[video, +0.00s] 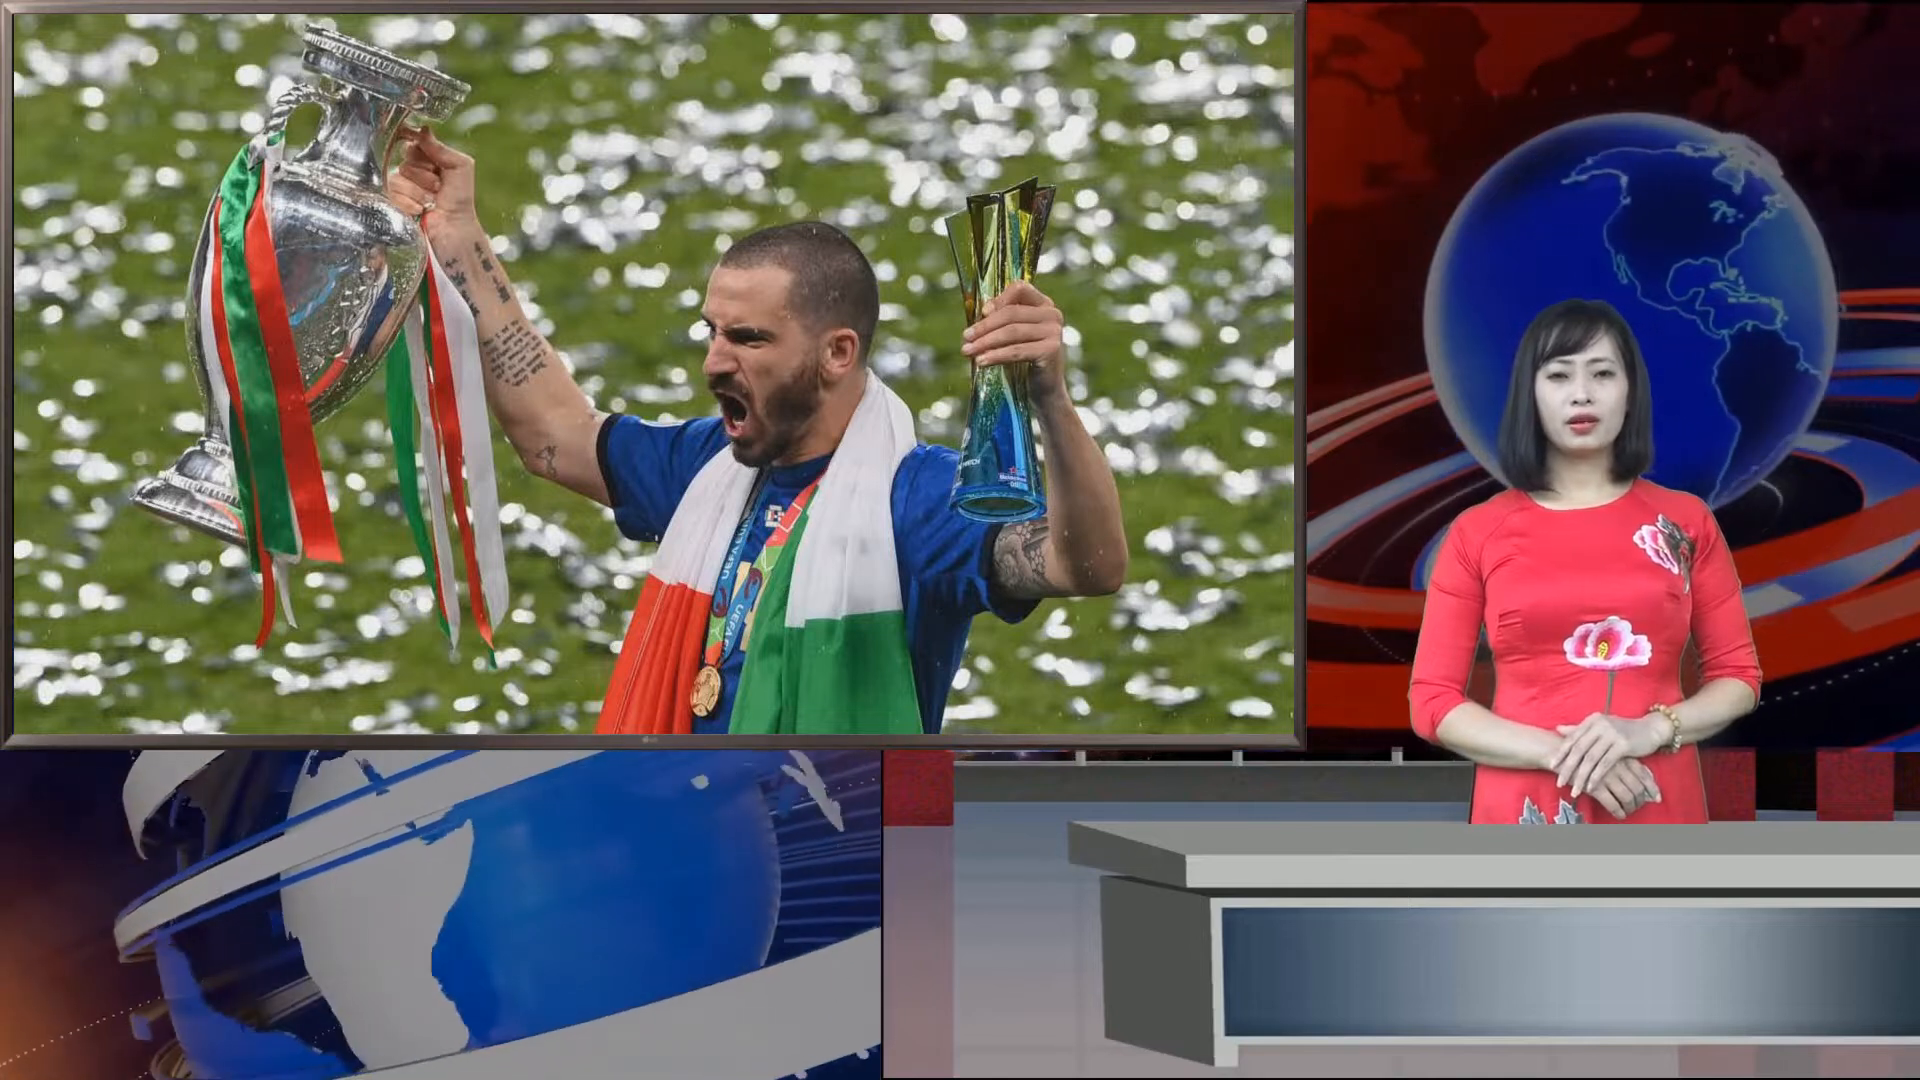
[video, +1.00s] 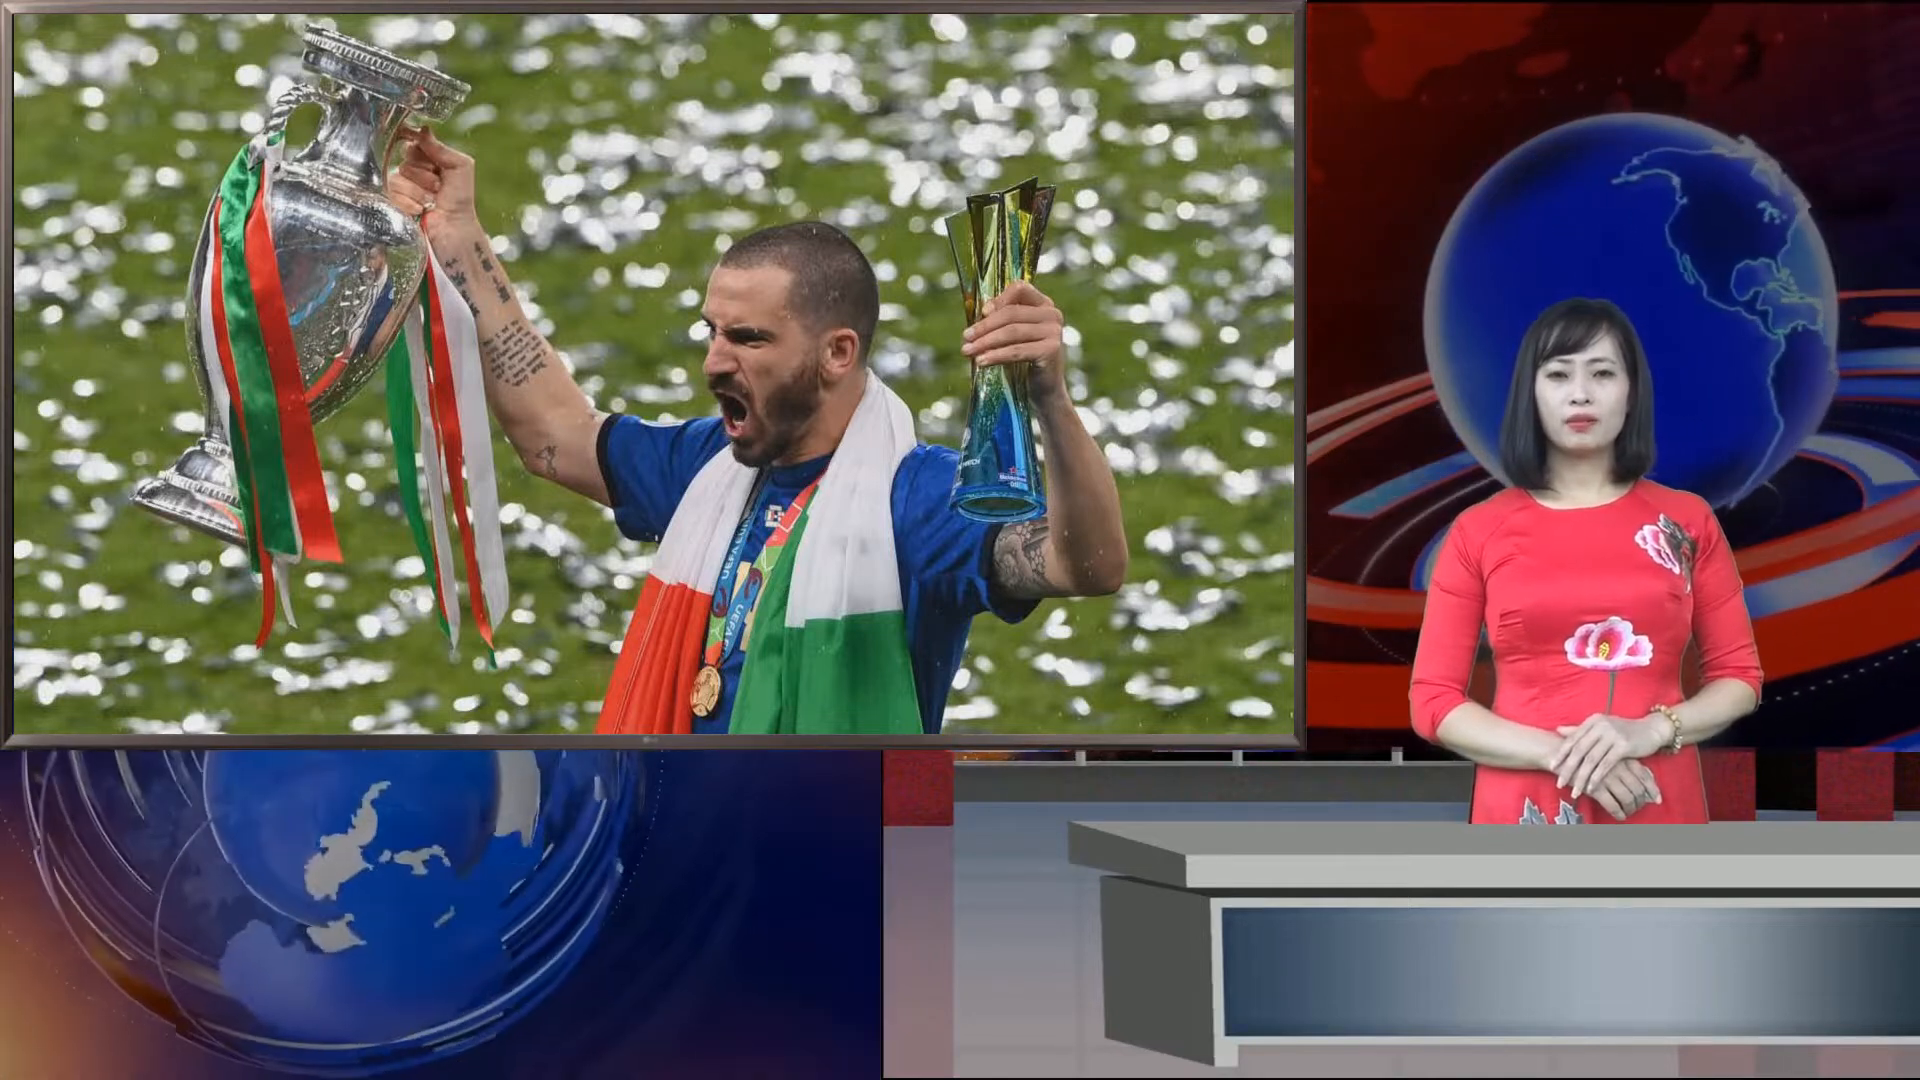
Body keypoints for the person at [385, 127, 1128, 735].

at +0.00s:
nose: (714, 362)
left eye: (747, 339)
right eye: (712, 333)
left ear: (839, 355)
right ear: (705, 328)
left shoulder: (915, 493)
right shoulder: (703, 466)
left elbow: (1089, 563)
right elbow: (557, 438)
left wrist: (1049, 399)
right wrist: (465, 254)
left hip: (832, 916)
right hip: (669, 904)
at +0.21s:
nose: (714, 362)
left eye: (747, 339)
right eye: (712, 333)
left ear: (839, 355)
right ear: (705, 327)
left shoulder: (915, 493)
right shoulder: (703, 466)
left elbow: (1089, 563)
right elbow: (557, 438)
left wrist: (1049, 399)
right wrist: (465, 254)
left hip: (832, 907)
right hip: (666, 899)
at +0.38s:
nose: (714, 362)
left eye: (747, 339)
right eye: (712, 333)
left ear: (839, 355)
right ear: (705, 327)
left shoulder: (915, 493)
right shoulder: (703, 466)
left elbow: (1089, 563)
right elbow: (557, 438)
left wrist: (1049, 399)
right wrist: (465, 254)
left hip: (831, 895)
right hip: (670, 886)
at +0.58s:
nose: (714, 362)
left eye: (747, 339)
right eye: (712, 334)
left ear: (839, 355)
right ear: (705, 328)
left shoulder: (915, 493)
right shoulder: (703, 466)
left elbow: (1089, 563)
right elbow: (558, 438)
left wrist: (1049, 399)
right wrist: (465, 254)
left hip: (825, 895)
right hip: (669, 887)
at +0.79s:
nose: (714, 362)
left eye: (747, 339)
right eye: (712, 334)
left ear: (839, 355)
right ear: (705, 328)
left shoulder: (915, 493)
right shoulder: (703, 466)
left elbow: (1089, 563)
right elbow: (557, 438)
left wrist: (1049, 399)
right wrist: (464, 253)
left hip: (824, 902)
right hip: (666, 894)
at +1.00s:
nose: (714, 362)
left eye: (747, 339)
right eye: (712, 334)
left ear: (839, 355)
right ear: (705, 328)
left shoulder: (914, 493)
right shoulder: (702, 466)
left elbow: (1089, 563)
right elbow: (557, 438)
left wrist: (1049, 399)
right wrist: (465, 254)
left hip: (825, 908)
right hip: (664, 898)